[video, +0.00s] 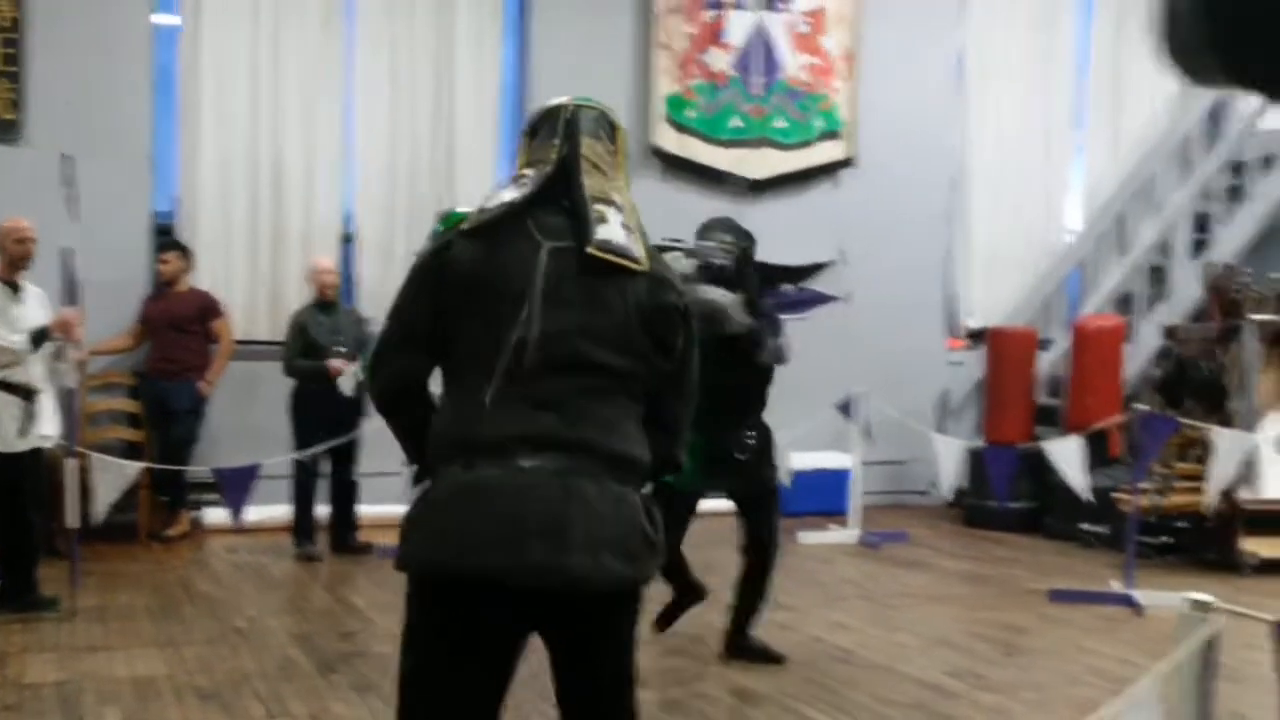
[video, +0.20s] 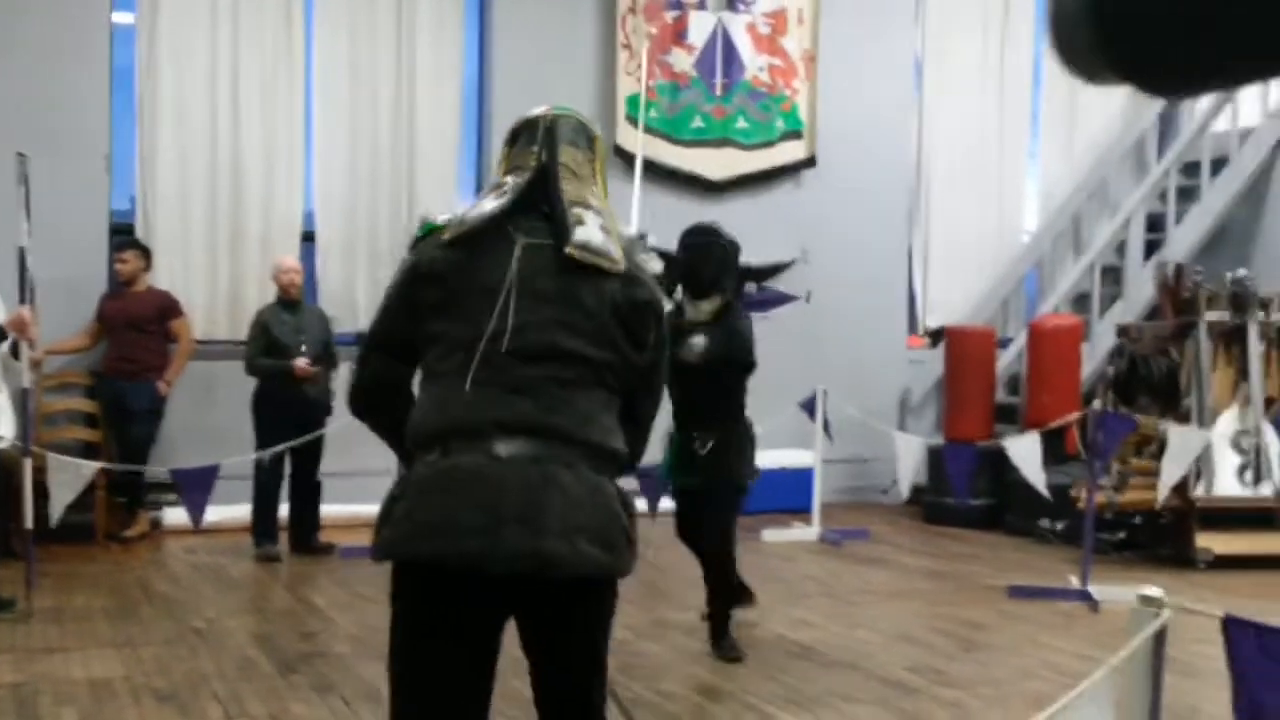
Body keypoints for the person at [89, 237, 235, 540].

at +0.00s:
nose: (161, 267)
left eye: (167, 262)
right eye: (159, 262)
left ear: (185, 265)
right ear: (158, 266)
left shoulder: (202, 301)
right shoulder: (154, 301)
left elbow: (226, 341)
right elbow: (133, 339)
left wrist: (209, 381)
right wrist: (91, 351)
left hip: (187, 384)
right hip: (155, 383)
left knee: (177, 448)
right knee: (159, 450)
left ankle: (179, 514)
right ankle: (165, 512)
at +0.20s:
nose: (118, 267)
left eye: (125, 261)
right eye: (116, 262)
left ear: (144, 264)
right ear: (115, 265)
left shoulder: (162, 300)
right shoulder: (110, 301)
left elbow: (186, 341)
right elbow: (88, 339)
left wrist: (168, 380)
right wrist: (46, 351)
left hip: (146, 384)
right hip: (112, 382)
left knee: (136, 449)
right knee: (119, 449)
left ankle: (139, 515)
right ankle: (130, 514)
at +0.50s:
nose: (75, 269)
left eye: (82, 263)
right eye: (73, 264)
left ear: (101, 266)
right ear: (72, 268)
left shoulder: (119, 303)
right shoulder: (67, 304)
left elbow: (144, 344)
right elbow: (45, 343)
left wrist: (126, 384)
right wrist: (5, 354)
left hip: (104, 389)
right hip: (69, 387)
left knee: (93, 454)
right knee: (77, 455)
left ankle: (97, 521)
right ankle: (86, 520)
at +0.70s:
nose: (40, 267)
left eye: (47, 262)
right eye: (38, 262)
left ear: (66, 264)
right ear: (37, 266)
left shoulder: (86, 302)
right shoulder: (31, 302)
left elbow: (110, 343)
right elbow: (14, 336)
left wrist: (91, 384)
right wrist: (1, 348)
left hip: (69, 387)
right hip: (33, 385)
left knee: (58, 453)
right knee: (40, 453)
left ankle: (60, 519)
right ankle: (52, 518)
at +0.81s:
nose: (20, 265)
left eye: (27, 259)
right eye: (17, 260)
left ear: (45, 263)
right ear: (15, 264)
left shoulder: (63, 300)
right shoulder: (10, 301)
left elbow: (88, 340)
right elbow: (8, 341)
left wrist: (69, 382)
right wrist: (7, 375)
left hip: (48, 385)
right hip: (13, 384)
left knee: (35, 452)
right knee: (21, 453)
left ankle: (40, 520)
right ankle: (29, 517)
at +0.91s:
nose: (2, 263)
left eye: (8, 258)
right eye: (1, 258)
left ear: (26, 260)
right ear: (3, 261)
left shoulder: (43, 298)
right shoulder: (6, 295)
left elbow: (70, 338)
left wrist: (50, 380)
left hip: (27, 384)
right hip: (7, 383)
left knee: (16, 455)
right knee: (9, 454)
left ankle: (18, 519)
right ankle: (19, 519)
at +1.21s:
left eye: (0, 255)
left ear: (3, 257)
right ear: (4, 257)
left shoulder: (16, 294)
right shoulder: (16, 294)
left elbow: (42, 334)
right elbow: (42, 335)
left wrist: (22, 377)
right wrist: (22, 377)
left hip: (6, 386)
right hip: (6, 387)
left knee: (2, 456)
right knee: (3, 455)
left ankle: (8, 514)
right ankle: (8, 514)